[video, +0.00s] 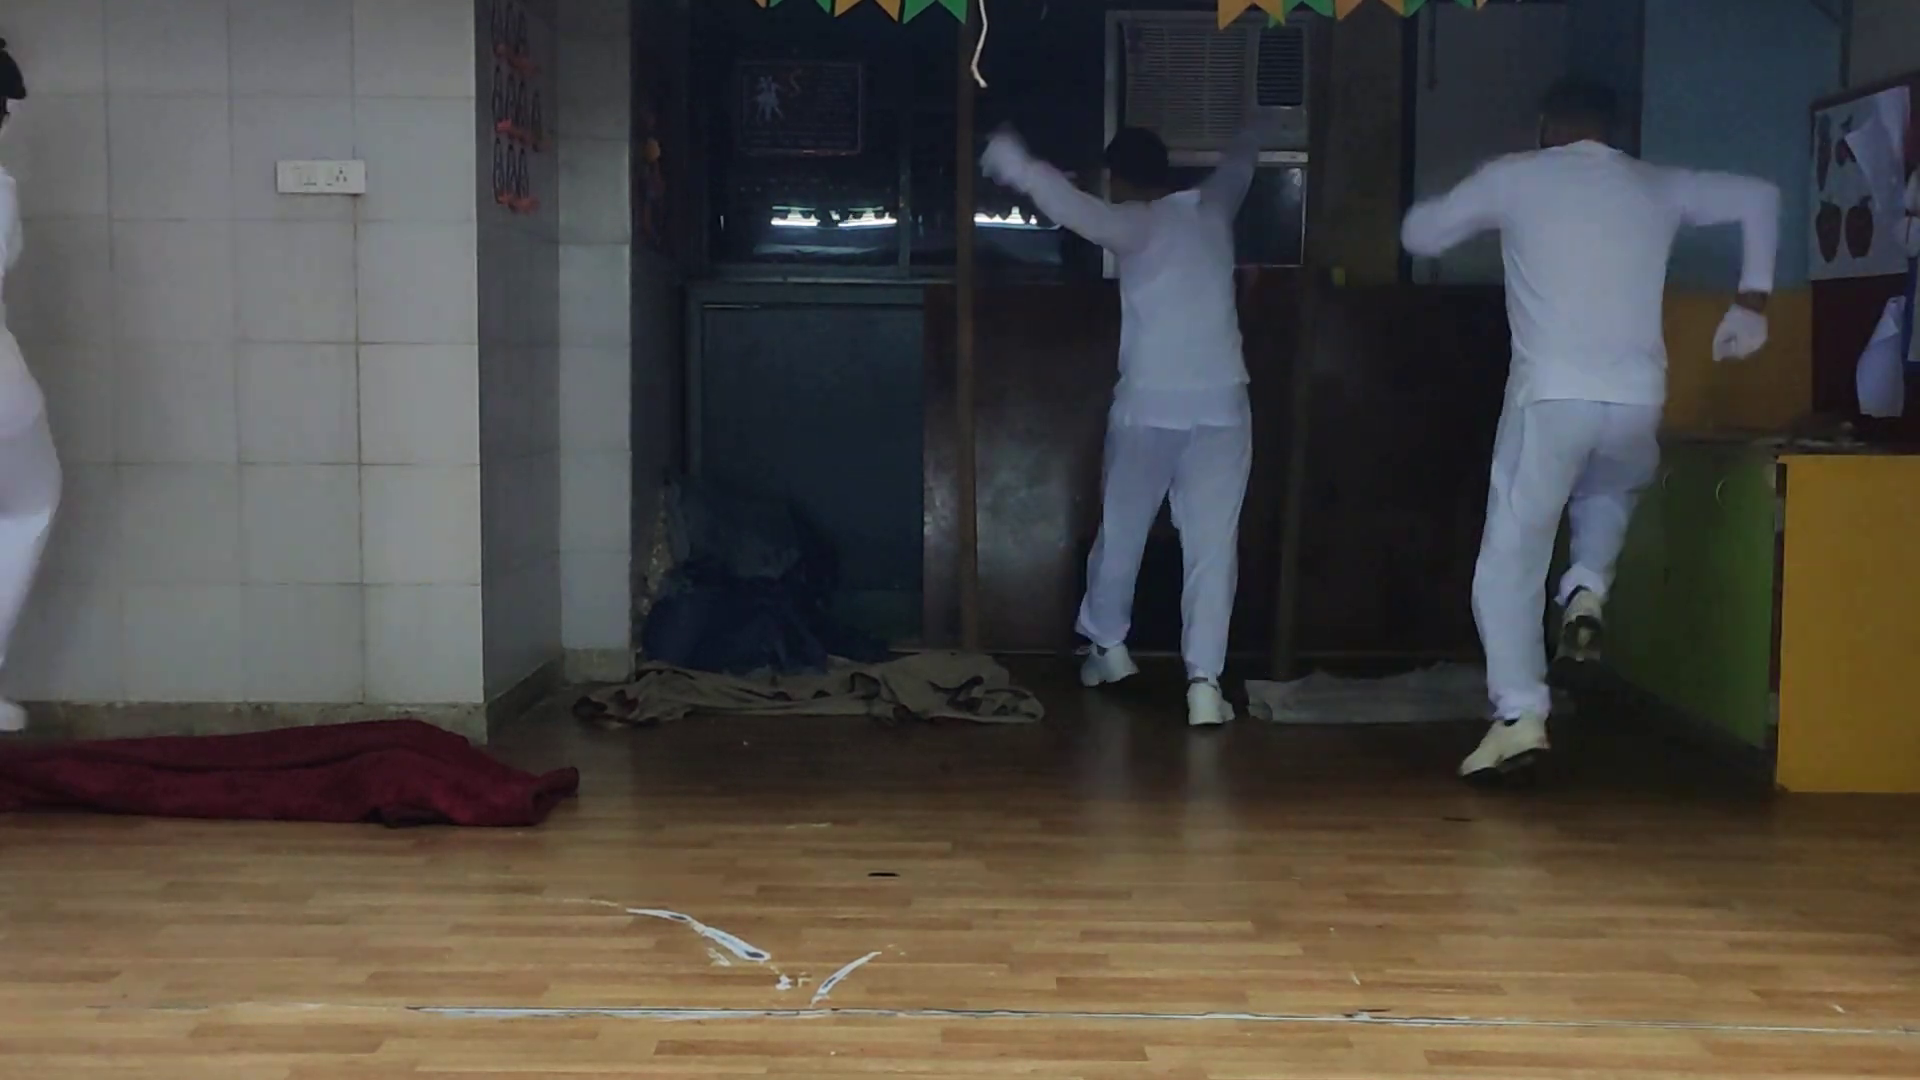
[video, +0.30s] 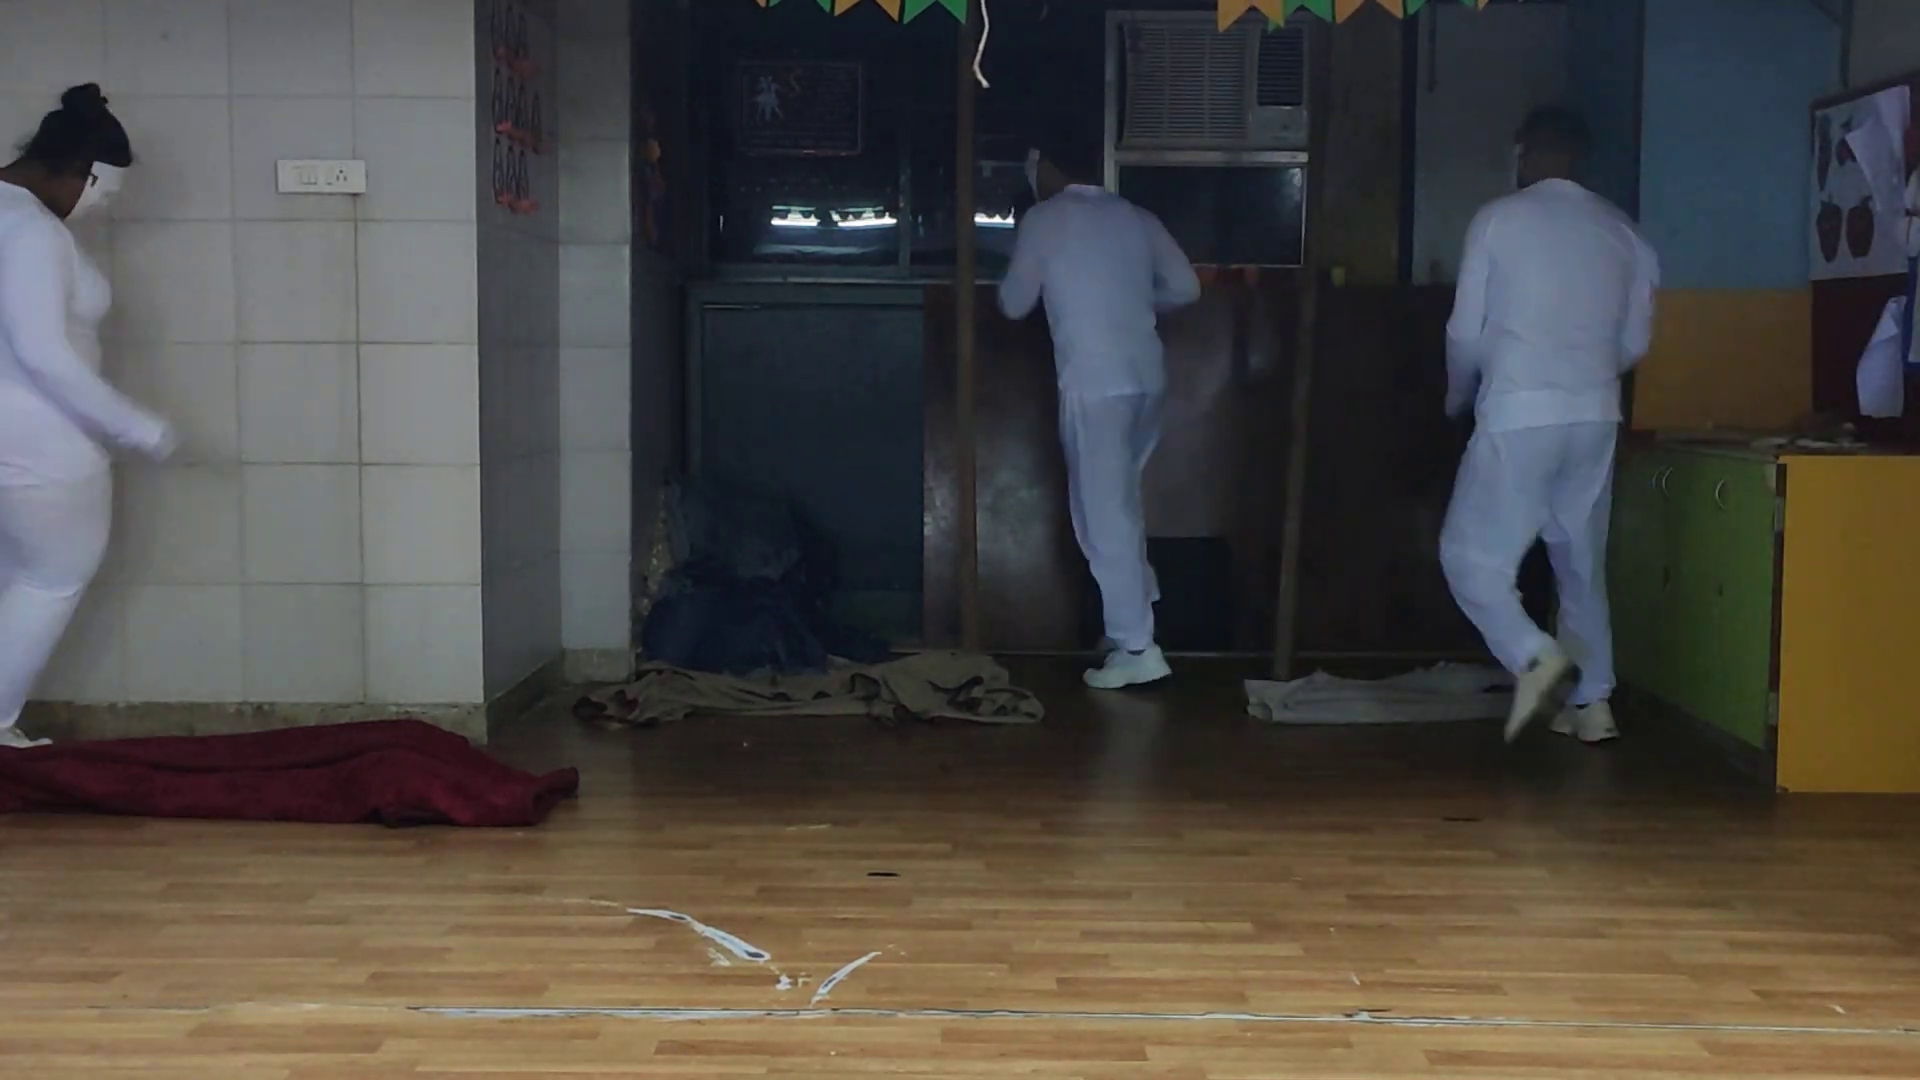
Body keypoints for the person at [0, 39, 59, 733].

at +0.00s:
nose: (6, 115)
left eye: (8, 102)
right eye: (6, 102)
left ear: (11, 104)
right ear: (3, 102)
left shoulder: (6, 187)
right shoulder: (4, 188)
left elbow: (8, 252)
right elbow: (8, 253)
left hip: (5, 352)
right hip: (5, 356)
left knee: (30, 492)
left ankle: (0, 685)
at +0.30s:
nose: (96, 200)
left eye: (102, 188)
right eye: (97, 185)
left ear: (50, 156)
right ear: (72, 168)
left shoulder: (17, 214)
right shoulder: (30, 228)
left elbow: (40, 347)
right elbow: (42, 351)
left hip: (23, 438)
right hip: (34, 443)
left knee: (35, 574)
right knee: (56, 572)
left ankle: (6, 719)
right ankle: (2, 719)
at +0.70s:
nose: (225, 172)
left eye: (229, 161)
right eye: (214, 156)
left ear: (218, 168)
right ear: (174, 146)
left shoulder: (203, 235)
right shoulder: (104, 213)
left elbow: (234, 319)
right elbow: (152, 184)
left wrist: (294, 353)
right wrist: (238, 125)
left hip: (215, 427)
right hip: (123, 430)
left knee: (240, 562)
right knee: (77, 576)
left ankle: (220, 710)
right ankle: (6, 704)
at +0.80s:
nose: (225, 166)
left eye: (242, 162)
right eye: (217, 147)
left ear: (252, 176)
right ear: (188, 141)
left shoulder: (250, 233)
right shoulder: (130, 204)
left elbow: (286, 321)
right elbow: (90, 259)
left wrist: (328, 313)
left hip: (245, 424)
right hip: (146, 426)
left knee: (262, 557)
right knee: (119, 574)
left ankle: (224, 708)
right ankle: (44, 698)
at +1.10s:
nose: (171, 121)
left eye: (181, 104)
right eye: (155, 117)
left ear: (214, 108)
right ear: (149, 135)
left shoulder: (284, 182)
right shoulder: (143, 211)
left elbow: (380, 142)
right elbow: (104, 312)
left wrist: (381, 54)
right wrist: (54, 402)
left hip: (278, 396)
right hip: (169, 401)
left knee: (271, 553)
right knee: (186, 555)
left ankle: (248, 698)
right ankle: (197, 705)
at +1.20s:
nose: (170, 149)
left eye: (177, 130)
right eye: (153, 147)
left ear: (207, 125)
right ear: (149, 165)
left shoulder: (289, 195)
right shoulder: (150, 239)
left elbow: (374, 164)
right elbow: (116, 337)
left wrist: (378, 76)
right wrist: (70, 423)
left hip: (283, 412)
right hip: (172, 416)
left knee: (294, 565)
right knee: (185, 567)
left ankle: (251, 694)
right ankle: (197, 708)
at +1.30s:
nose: (183, 149)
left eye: (190, 130)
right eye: (167, 147)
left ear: (221, 127)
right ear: (162, 166)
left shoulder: (298, 205)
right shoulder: (164, 239)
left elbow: (392, 222)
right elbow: (131, 332)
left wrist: (341, 160)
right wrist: (85, 398)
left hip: (293, 420)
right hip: (182, 423)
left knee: (311, 566)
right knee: (186, 571)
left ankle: (281, 693)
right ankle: (198, 708)